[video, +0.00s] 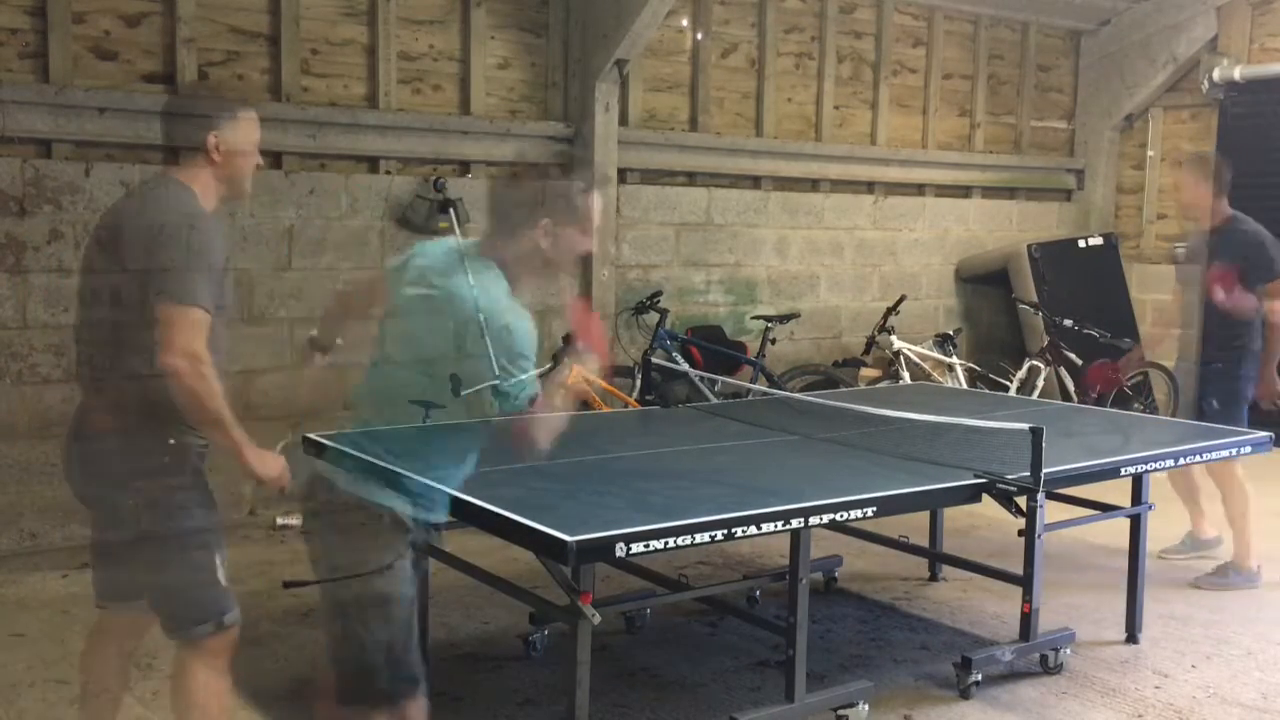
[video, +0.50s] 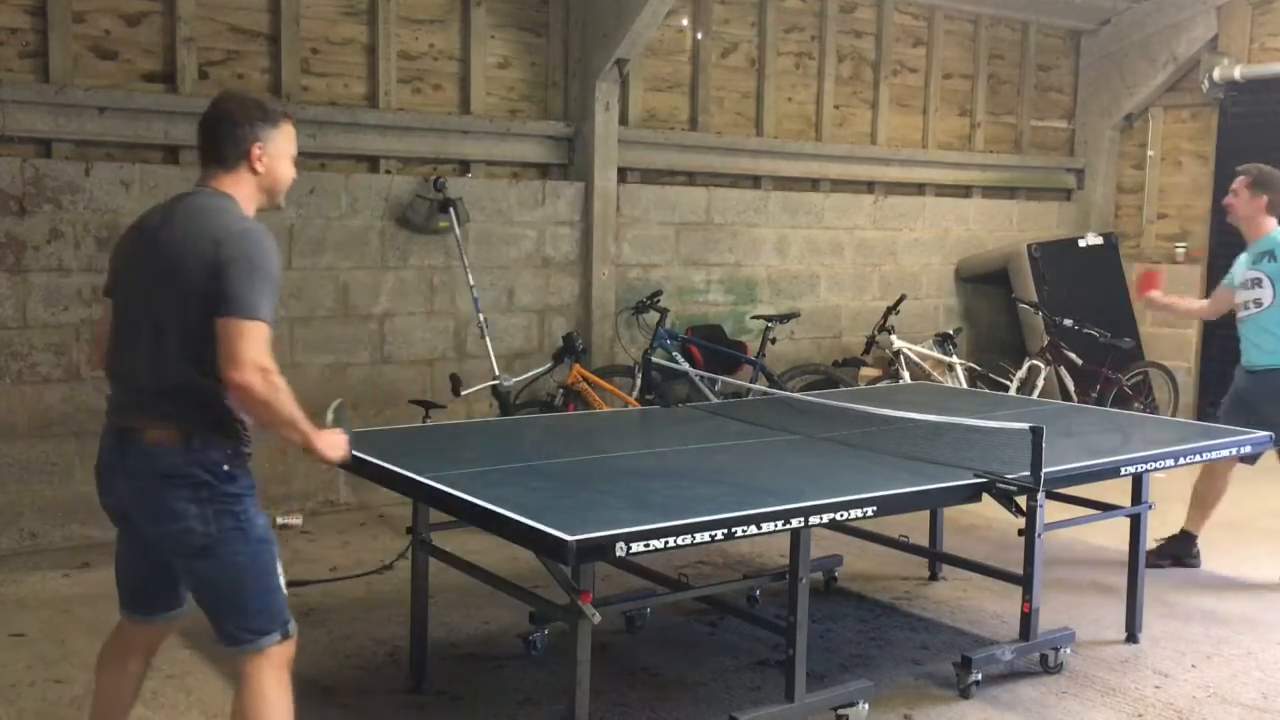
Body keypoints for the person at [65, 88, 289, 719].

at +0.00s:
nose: (259, 163)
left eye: (260, 150)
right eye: (253, 149)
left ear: (201, 147)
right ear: (215, 146)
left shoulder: (127, 214)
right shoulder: (187, 222)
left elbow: (102, 348)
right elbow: (182, 360)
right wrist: (250, 452)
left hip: (106, 445)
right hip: (153, 450)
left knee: (121, 619)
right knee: (211, 634)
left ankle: (98, 710)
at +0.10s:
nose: (255, 163)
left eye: (255, 150)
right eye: (248, 150)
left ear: (199, 149)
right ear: (209, 148)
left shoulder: (134, 210)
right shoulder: (178, 220)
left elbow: (99, 349)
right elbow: (168, 356)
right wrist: (234, 446)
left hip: (107, 441)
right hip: (148, 448)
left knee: (130, 615)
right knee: (217, 630)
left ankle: (97, 711)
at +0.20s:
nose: (253, 160)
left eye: (253, 147)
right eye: (246, 146)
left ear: (197, 147)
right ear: (207, 146)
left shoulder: (134, 210)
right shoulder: (176, 219)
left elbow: (98, 350)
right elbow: (162, 354)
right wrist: (232, 442)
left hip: (114, 445)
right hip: (153, 452)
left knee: (134, 614)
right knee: (233, 626)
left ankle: (98, 711)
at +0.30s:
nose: (256, 160)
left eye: (256, 146)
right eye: (250, 145)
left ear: (201, 147)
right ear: (214, 146)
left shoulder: (125, 217)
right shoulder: (188, 227)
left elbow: (95, 350)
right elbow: (175, 357)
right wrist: (245, 439)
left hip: (111, 447)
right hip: (164, 455)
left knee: (133, 615)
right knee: (244, 629)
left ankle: (99, 712)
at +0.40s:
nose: (271, 165)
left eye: (271, 151)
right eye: (266, 150)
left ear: (215, 150)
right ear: (230, 151)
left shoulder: (133, 221)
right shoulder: (213, 234)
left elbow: (107, 352)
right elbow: (205, 362)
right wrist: (277, 439)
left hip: (119, 458)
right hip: (183, 469)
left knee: (136, 618)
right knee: (251, 640)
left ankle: (100, 717)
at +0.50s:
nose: (295, 171)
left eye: (296, 156)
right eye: (290, 156)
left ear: (233, 156)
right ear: (256, 156)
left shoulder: (145, 229)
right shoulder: (245, 241)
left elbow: (108, 354)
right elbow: (245, 372)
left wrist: (196, 382)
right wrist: (314, 438)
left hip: (129, 458)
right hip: (197, 468)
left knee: (143, 622)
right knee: (268, 645)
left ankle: (102, 714)